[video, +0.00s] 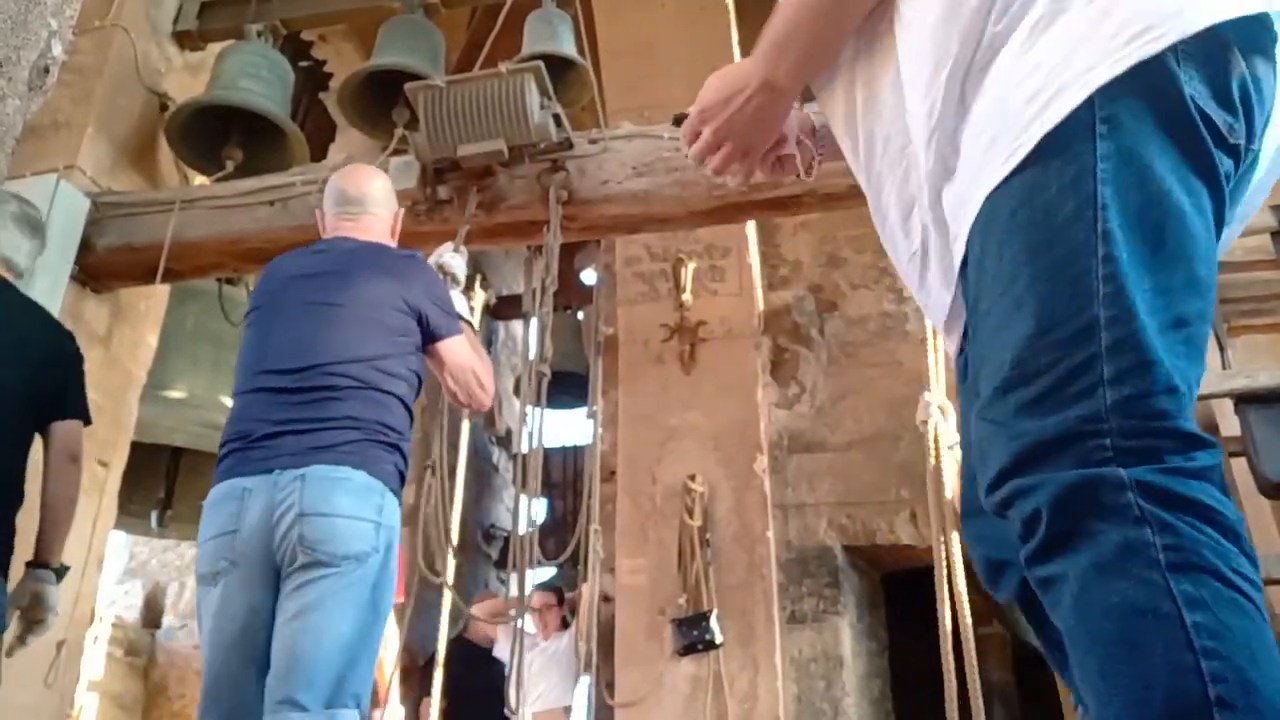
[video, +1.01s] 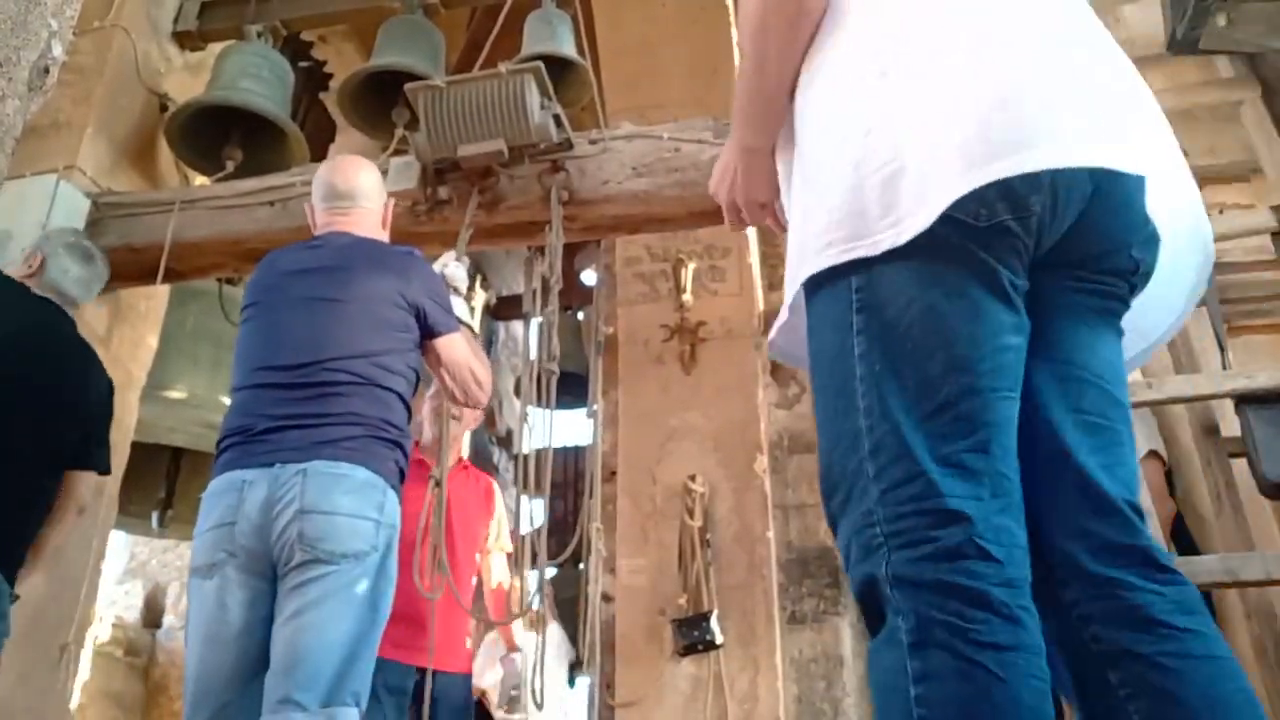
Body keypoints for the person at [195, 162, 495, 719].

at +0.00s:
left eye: (321, 215)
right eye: (400, 217)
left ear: (321, 222)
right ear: (397, 222)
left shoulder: (272, 275)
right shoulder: (411, 274)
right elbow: (478, 393)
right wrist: (439, 322)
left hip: (232, 496)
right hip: (344, 489)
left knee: (226, 708)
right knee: (308, 708)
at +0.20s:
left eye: (323, 210)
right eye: (403, 212)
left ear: (323, 217)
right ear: (399, 216)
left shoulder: (274, 271)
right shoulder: (415, 270)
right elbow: (480, 392)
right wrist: (432, 326)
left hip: (239, 494)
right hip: (352, 490)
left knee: (226, 707)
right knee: (313, 707)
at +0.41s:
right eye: (402, 210)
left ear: (322, 216)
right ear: (398, 215)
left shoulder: (275, 271)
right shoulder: (415, 270)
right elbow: (483, 390)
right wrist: (442, 326)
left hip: (238, 488)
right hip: (352, 487)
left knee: (216, 708)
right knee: (310, 707)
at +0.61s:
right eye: (396, 210)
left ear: (318, 218)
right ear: (393, 214)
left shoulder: (272, 272)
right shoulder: (414, 270)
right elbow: (480, 393)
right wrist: (440, 322)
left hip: (238, 489)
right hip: (352, 487)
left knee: (218, 707)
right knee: (311, 707)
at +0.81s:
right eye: (393, 210)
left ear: (314, 219)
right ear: (389, 214)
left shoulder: (269, 272)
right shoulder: (411, 270)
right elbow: (478, 392)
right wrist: (418, 334)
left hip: (236, 488)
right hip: (350, 487)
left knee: (216, 708)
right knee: (310, 707)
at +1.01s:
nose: (392, 214)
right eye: (392, 208)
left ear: (312, 217)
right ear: (387, 212)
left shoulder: (266, 271)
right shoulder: (407, 269)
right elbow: (474, 386)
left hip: (232, 489)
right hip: (346, 488)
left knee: (214, 709)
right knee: (308, 708)